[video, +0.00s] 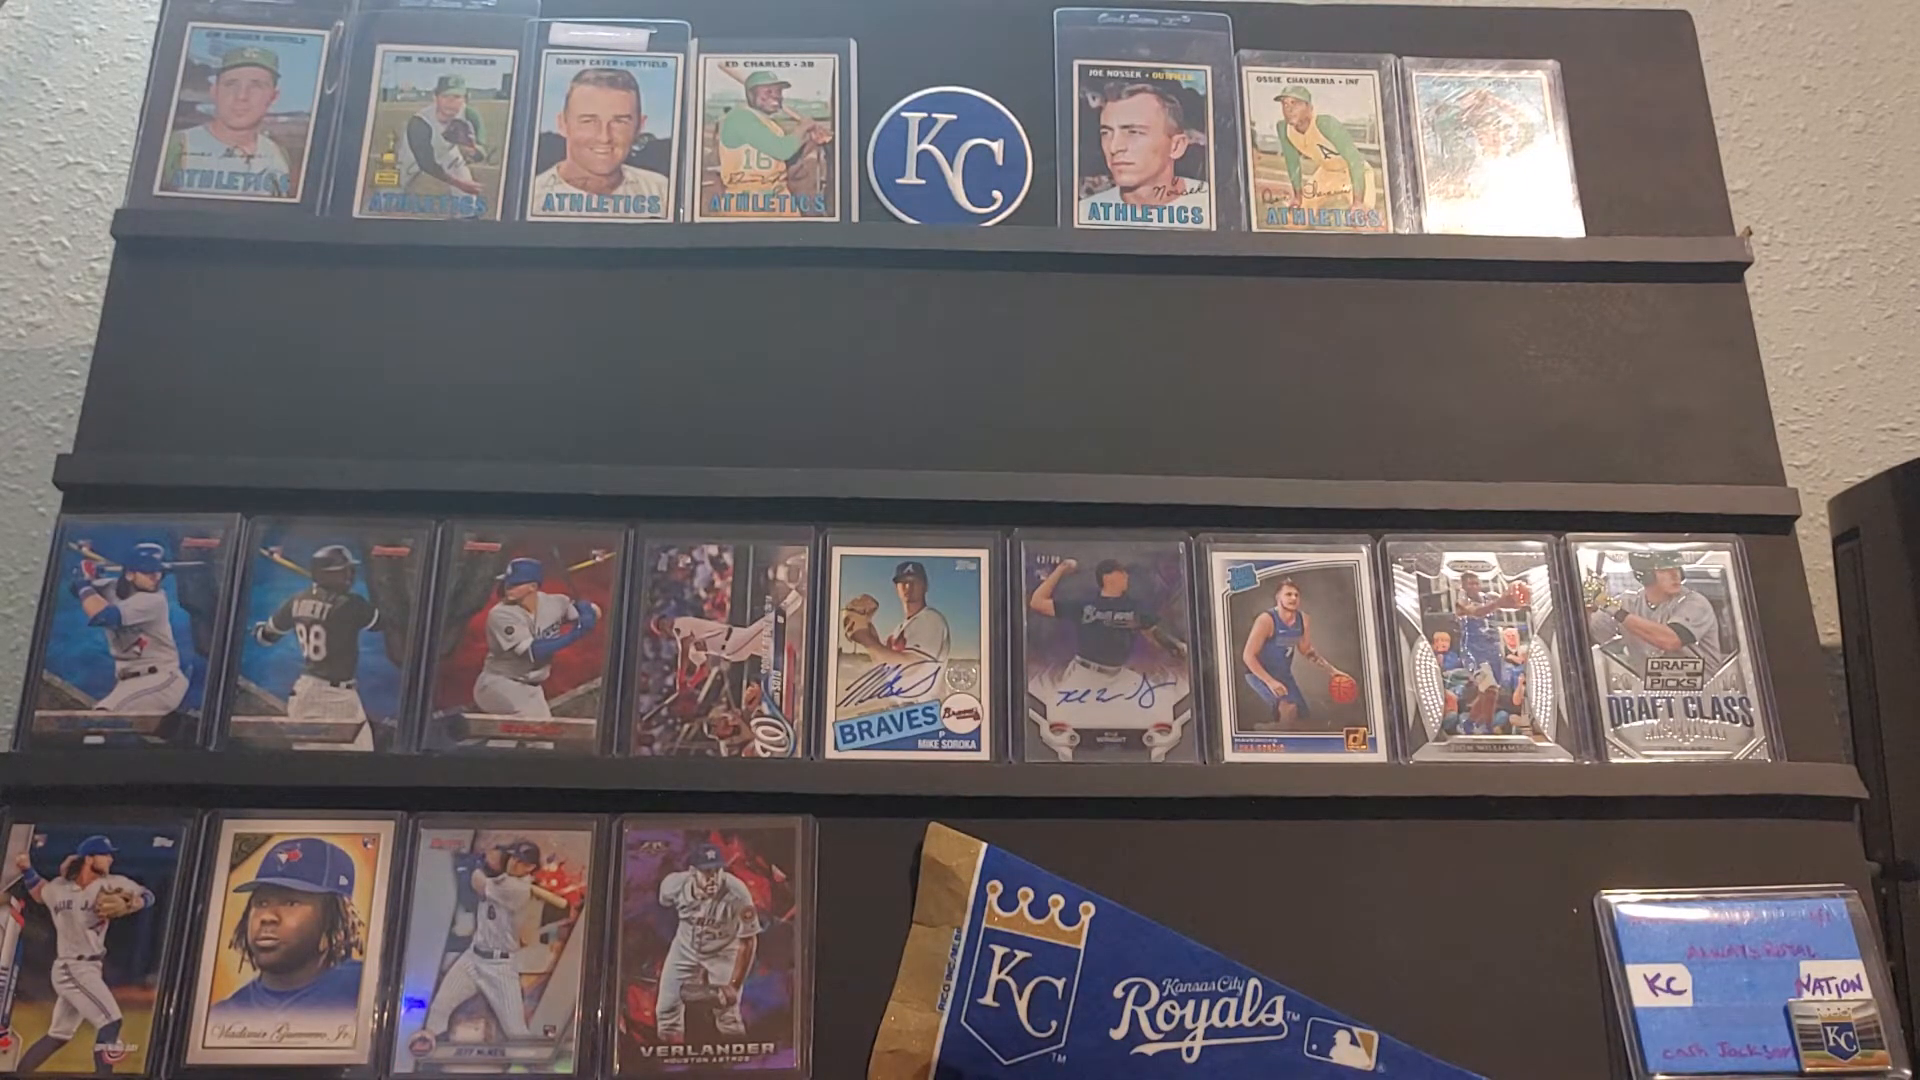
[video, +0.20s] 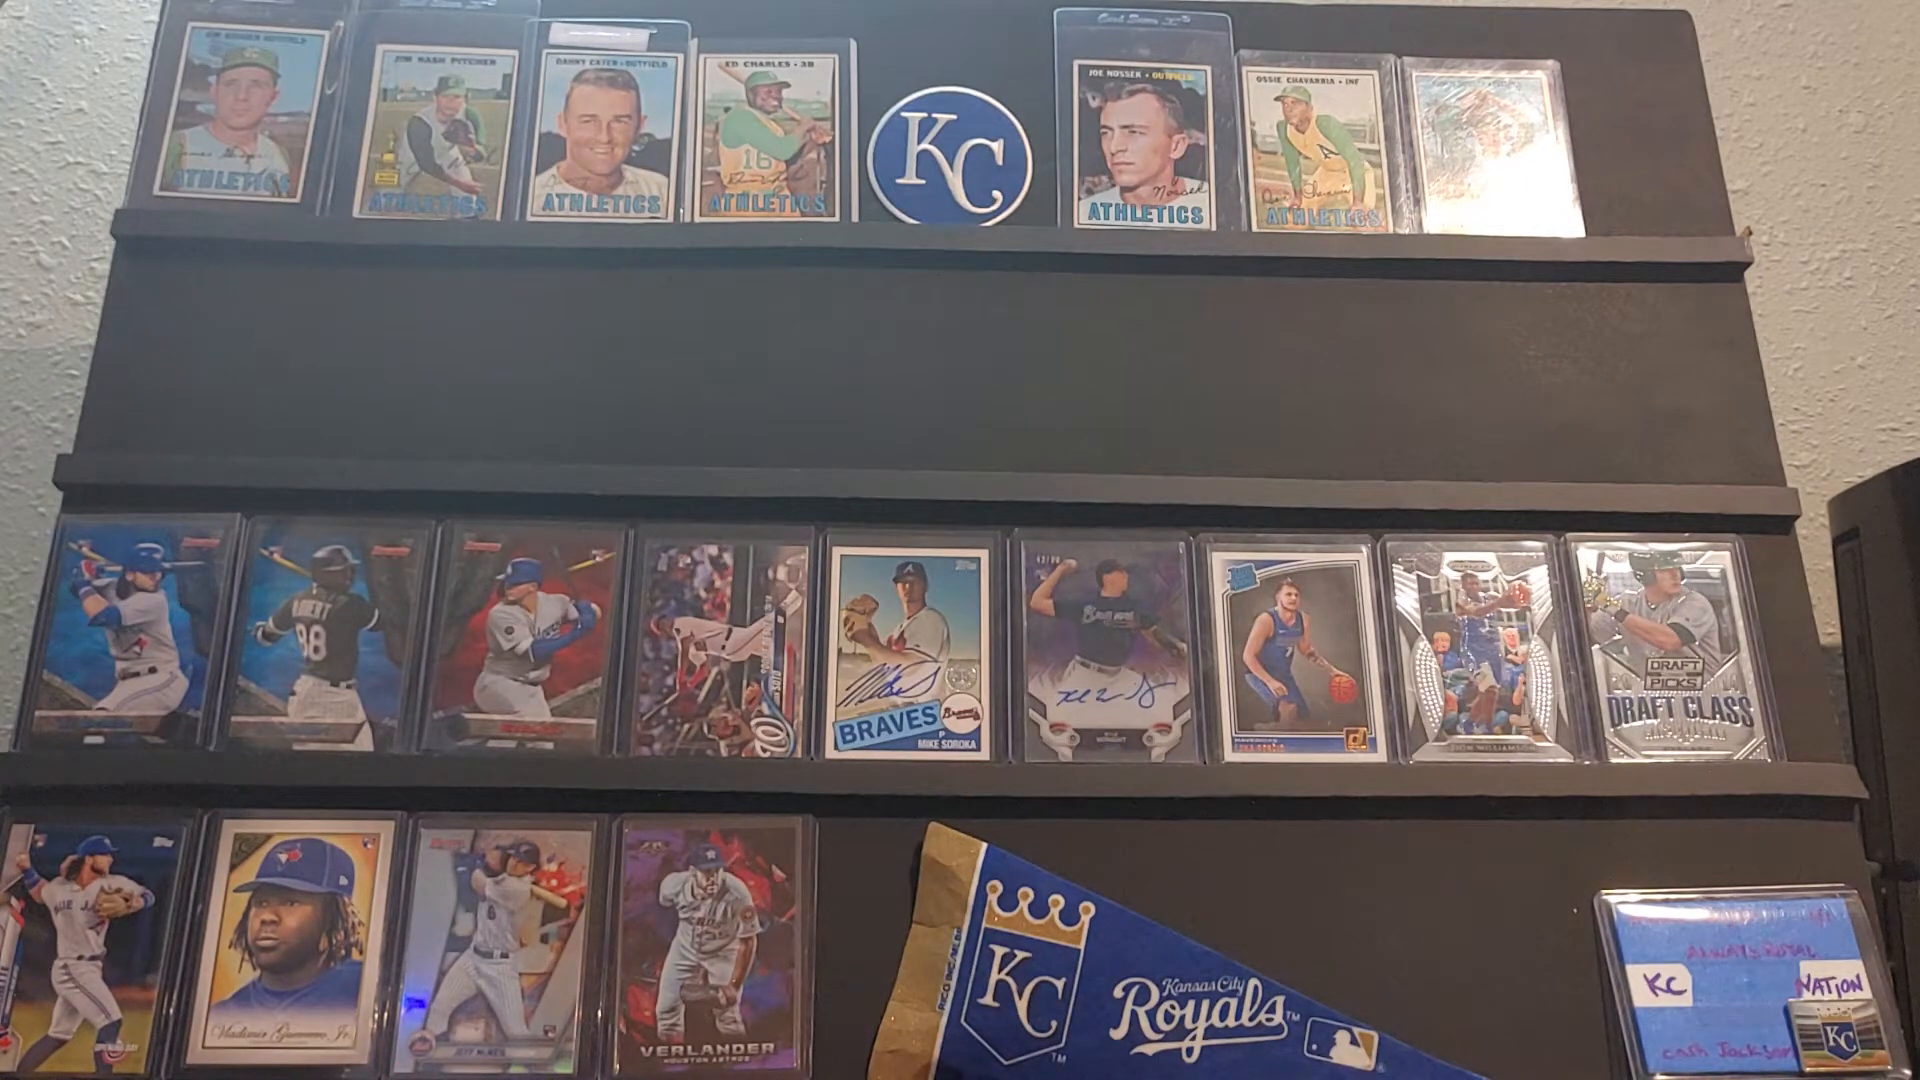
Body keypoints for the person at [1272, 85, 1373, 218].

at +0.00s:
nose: (1288, 109)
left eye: (1294, 103)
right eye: (1285, 104)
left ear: (1309, 107)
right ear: (1281, 108)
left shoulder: (1326, 124)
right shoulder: (1283, 128)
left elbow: (1355, 161)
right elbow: (1293, 163)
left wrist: (1358, 202)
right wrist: (1298, 197)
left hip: (1355, 172)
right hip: (1327, 172)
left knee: (1360, 218)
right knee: (1302, 208)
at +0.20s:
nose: (1288, 109)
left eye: (1294, 103)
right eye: (1285, 104)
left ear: (1309, 107)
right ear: (1281, 108)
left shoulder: (1326, 124)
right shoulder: (1283, 128)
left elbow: (1355, 161)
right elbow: (1293, 163)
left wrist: (1358, 202)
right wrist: (1298, 197)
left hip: (1355, 172)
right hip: (1327, 172)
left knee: (1360, 218)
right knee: (1302, 208)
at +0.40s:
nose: (1288, 109)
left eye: (1294, 103)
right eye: (1285, 104)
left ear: (1309, 107)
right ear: (1281, 108)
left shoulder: (1327, 124)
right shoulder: (1283, 128)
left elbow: (1355, 161)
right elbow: (1292, 163)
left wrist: (1358, 202)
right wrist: (1298, 197)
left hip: (1355, 172)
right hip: (1327, 172)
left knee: (1360, 219)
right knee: (1303, 209)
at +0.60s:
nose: (1288, 109)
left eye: (1294, 103)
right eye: (1284, 104)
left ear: (1308, 106)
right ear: (1281, 107)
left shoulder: (1327, 124)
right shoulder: (1283, 128)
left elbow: (1355, 159)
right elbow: (1293, 164)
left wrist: (1358, 201)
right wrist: (1297, 198)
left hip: (1354, 173)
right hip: (1327, 172)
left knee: (1360, 219)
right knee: (1302, 209)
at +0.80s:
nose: (1288, 109)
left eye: (1294, 103)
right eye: (1284, 104)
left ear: (1308, 106)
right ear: (1281, 107)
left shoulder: (1327, 123)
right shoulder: (1283, 128)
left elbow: (1355, 159)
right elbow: (1293, 164)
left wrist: (1358, 202)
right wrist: (1297, 198)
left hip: (1354, 172)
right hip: (1327, 172)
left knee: (1360, 219)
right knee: (1302, 209)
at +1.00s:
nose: (1288, 109)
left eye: (1294, 103)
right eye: (1284, 104)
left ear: (1308, 106)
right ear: (1281, 107)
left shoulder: (1327, 123)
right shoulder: (1283, 128)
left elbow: (1355, 159)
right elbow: (1293, 164)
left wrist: (1358, 202)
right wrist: (1297, 198)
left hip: (1354, 172)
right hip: (1327, 172)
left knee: (1360, 219)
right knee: (1301, 209)